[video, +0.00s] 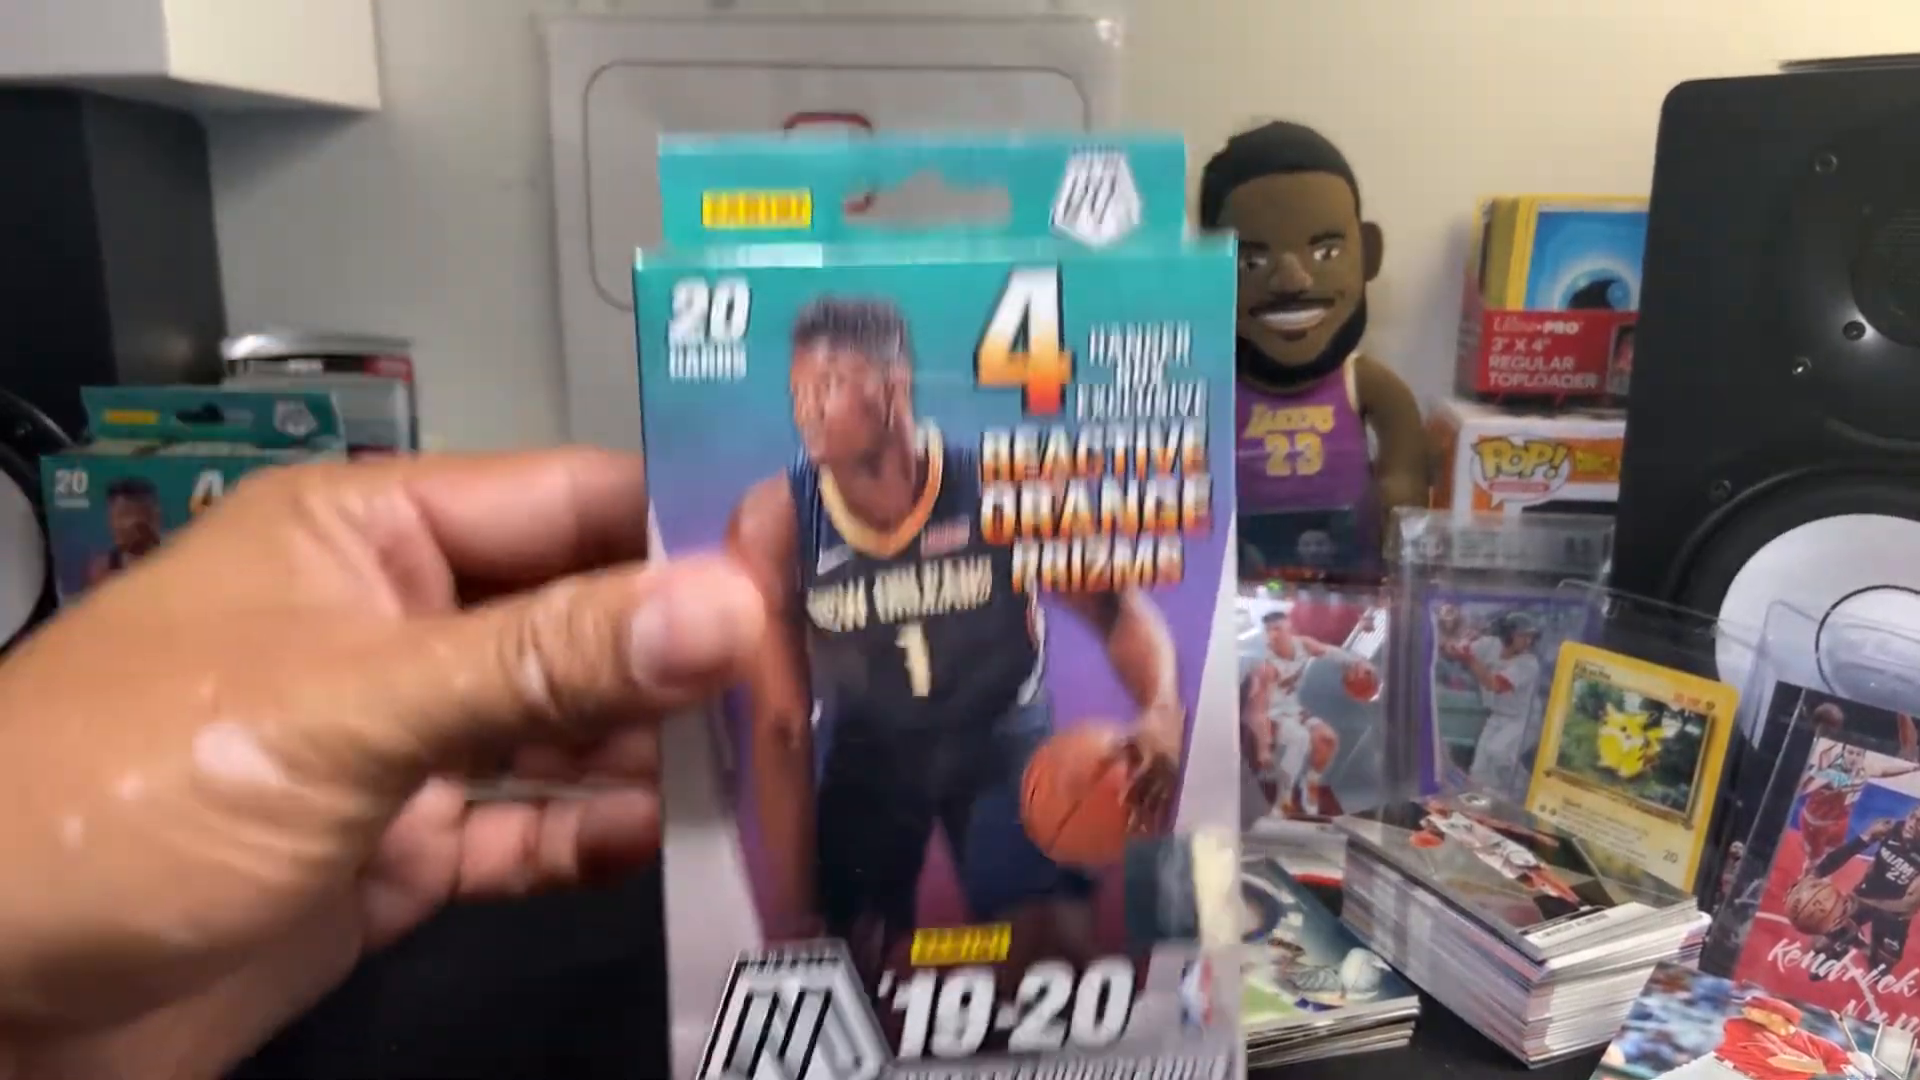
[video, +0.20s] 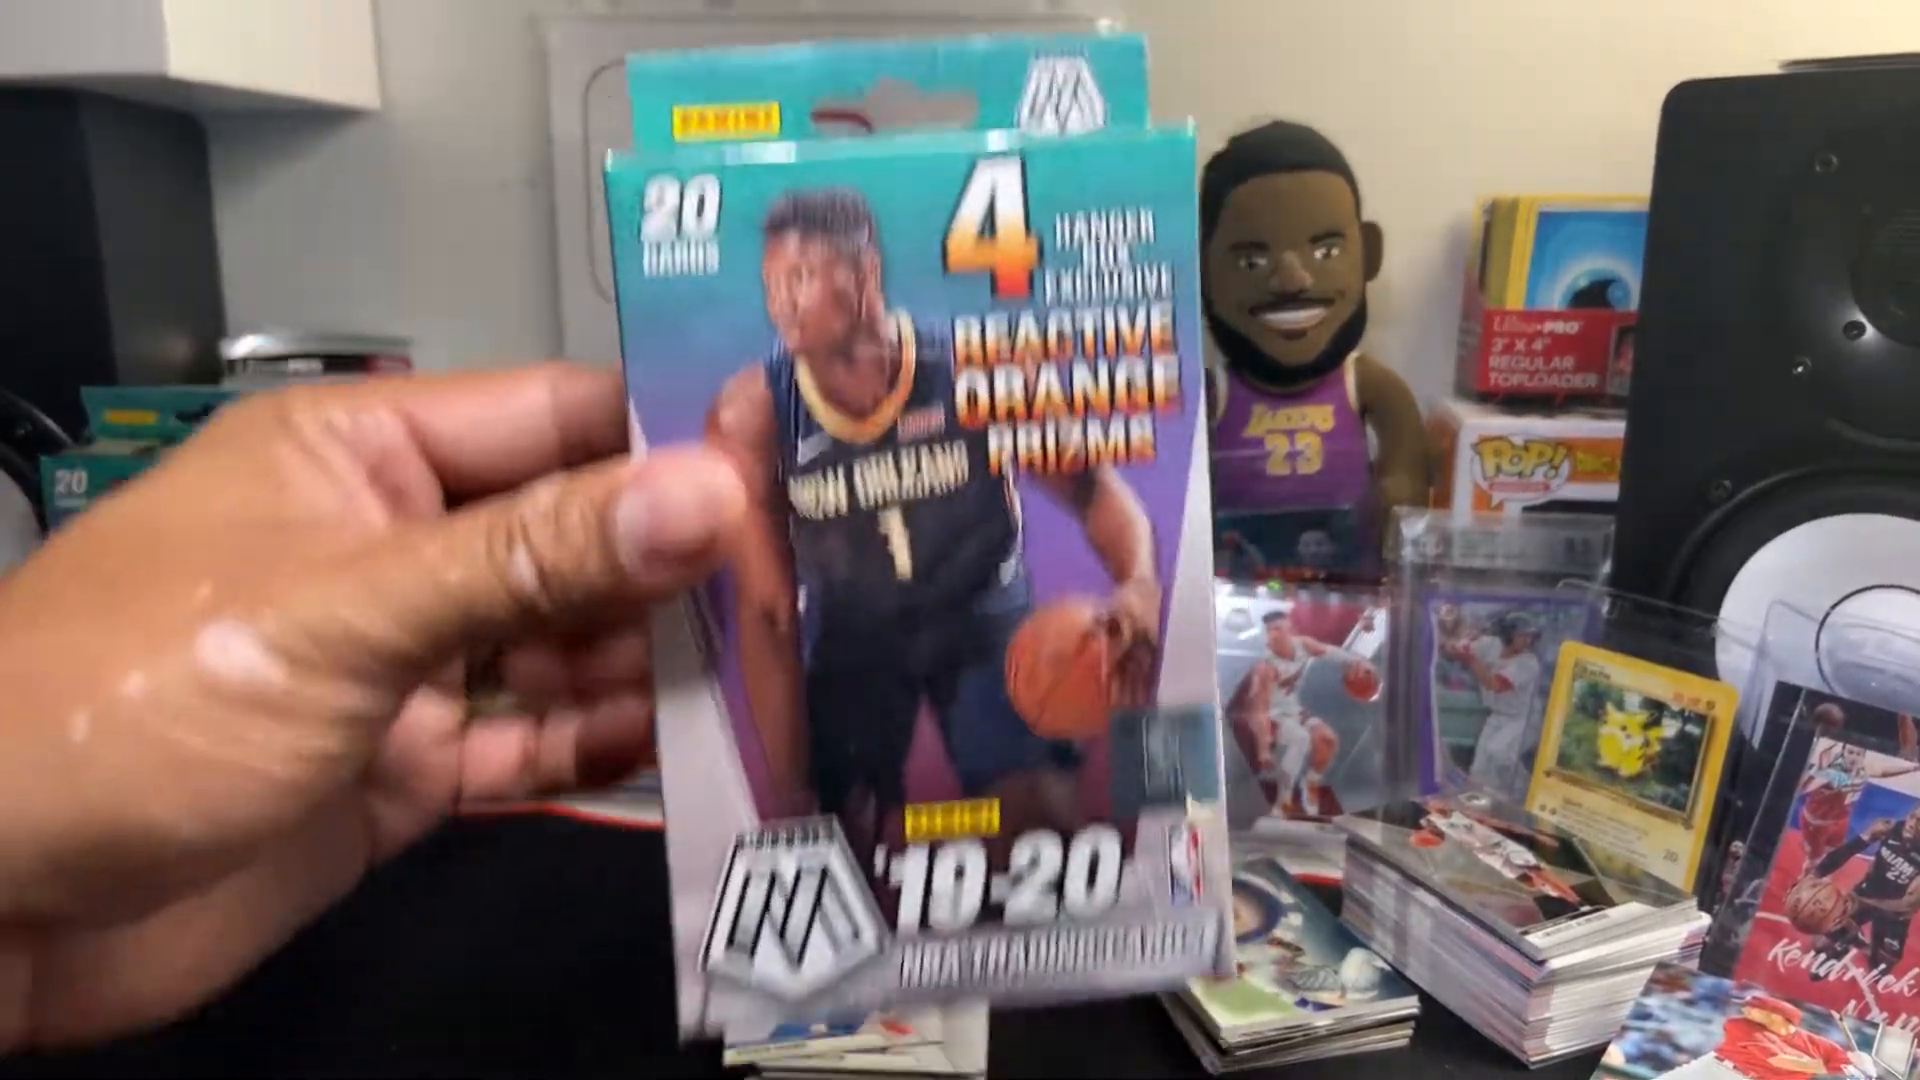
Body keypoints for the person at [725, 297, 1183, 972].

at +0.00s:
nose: (811, 408)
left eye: (832, 384)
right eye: (801, 389)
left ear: (895, 387)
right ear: (791, 399)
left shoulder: (999, 487)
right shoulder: (774, 520)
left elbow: (1115, 608)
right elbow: (781, 728)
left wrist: (1162, 712)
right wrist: (790, 920)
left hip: (999, 750)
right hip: (870, 759)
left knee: (1052, 946)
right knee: (842, 963)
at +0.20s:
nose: (783, 301)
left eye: (803, 277)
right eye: (774, 281)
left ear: (866, 277)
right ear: (765, 290)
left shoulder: (972, 371)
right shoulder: (752, 413)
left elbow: (1090, 487)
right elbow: (767, 612)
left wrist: (1138, 584)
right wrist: (788, 790)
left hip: (982, 632)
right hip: (855, 646)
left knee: (1042, 821)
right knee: (835, 843)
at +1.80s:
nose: (776, 316)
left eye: (799, 292)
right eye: (768, 296)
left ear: (870, 290)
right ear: (760, 304)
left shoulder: (980, 393)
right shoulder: (739, 437)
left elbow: (1104, 525)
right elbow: (751, 654)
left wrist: (1162, 638)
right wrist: (765, 854)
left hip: (985, 662)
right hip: (839, 674)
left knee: (1043, 902)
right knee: (806, 903)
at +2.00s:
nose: (828, 306)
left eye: (854, 282)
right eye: (819, 283)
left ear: (922, 290)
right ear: (806, 292)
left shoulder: (1028, 406)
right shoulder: (780, 427)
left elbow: (1157, 557)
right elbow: (767, 655)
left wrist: (1202, 680)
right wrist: (767, 858)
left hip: (1008, 695)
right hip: (865, 698)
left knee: (1054, 907)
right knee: (837, 913)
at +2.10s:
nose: (720, 282)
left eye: (742, 260)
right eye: (715, 263)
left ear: (803, 263)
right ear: (708, 272)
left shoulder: (893, 358)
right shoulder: (686, 385)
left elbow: (1002, 473)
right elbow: (686, 580)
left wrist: (1042, 577)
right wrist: (690, 761)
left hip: (886, 600)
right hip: (768, 607)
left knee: (926, 769)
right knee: (757, 787)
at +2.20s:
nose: (666, 296)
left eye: (684, 277)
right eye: (660, 281)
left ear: (738, 280)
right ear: (653, 288)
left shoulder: (819, 360)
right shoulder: (637, 386)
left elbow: (912, 461)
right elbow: (640, 553)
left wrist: (948, 544)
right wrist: (653, 702)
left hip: (819, 564)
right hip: (714, 572)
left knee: (859, 717)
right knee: (704, 733)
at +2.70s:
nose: (729, 306)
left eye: (752, 284)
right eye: (723, 289)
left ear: (814, 285)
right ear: (714, 299)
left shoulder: (905, 381)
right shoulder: (693, 412)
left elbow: (1011, 494)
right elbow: (697, 605)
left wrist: (1056, 598)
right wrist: (706, 783)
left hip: (905, 623)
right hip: (780, 632)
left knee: (943, 795)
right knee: (764, 811)